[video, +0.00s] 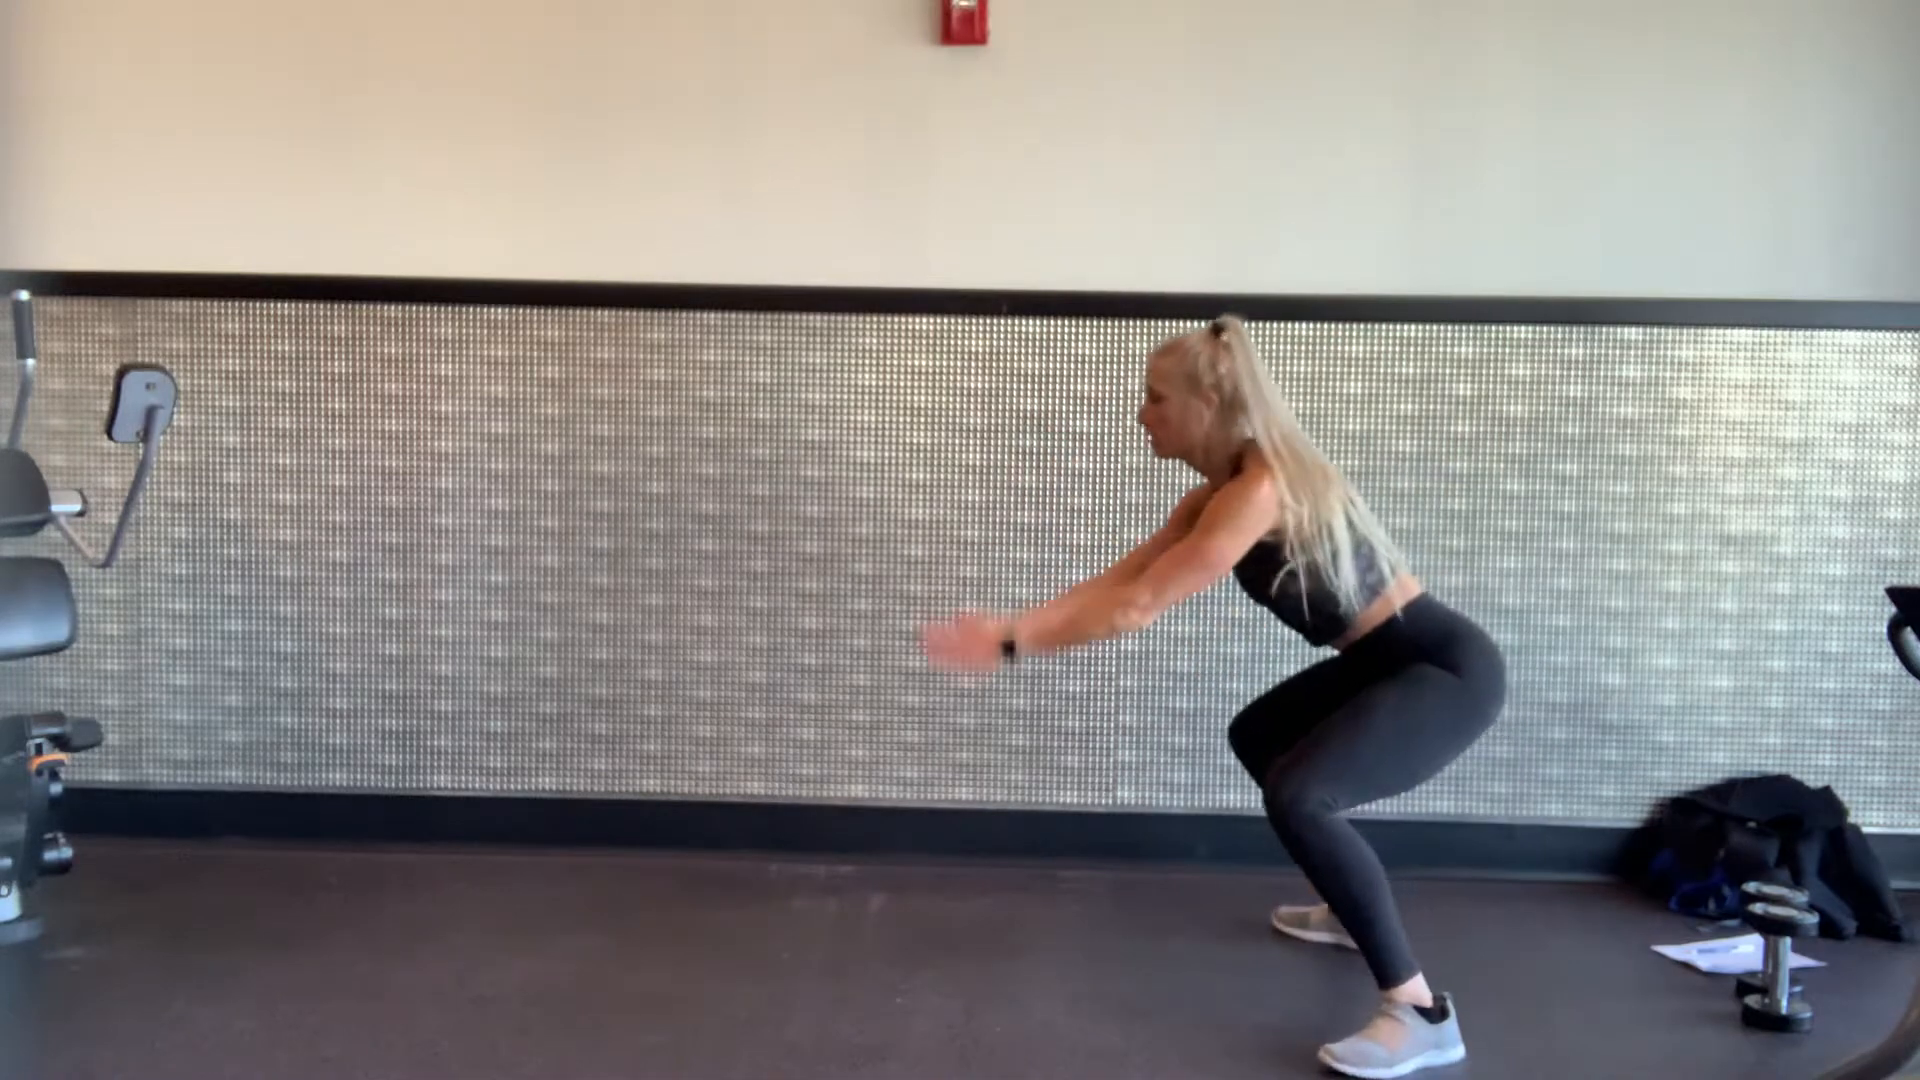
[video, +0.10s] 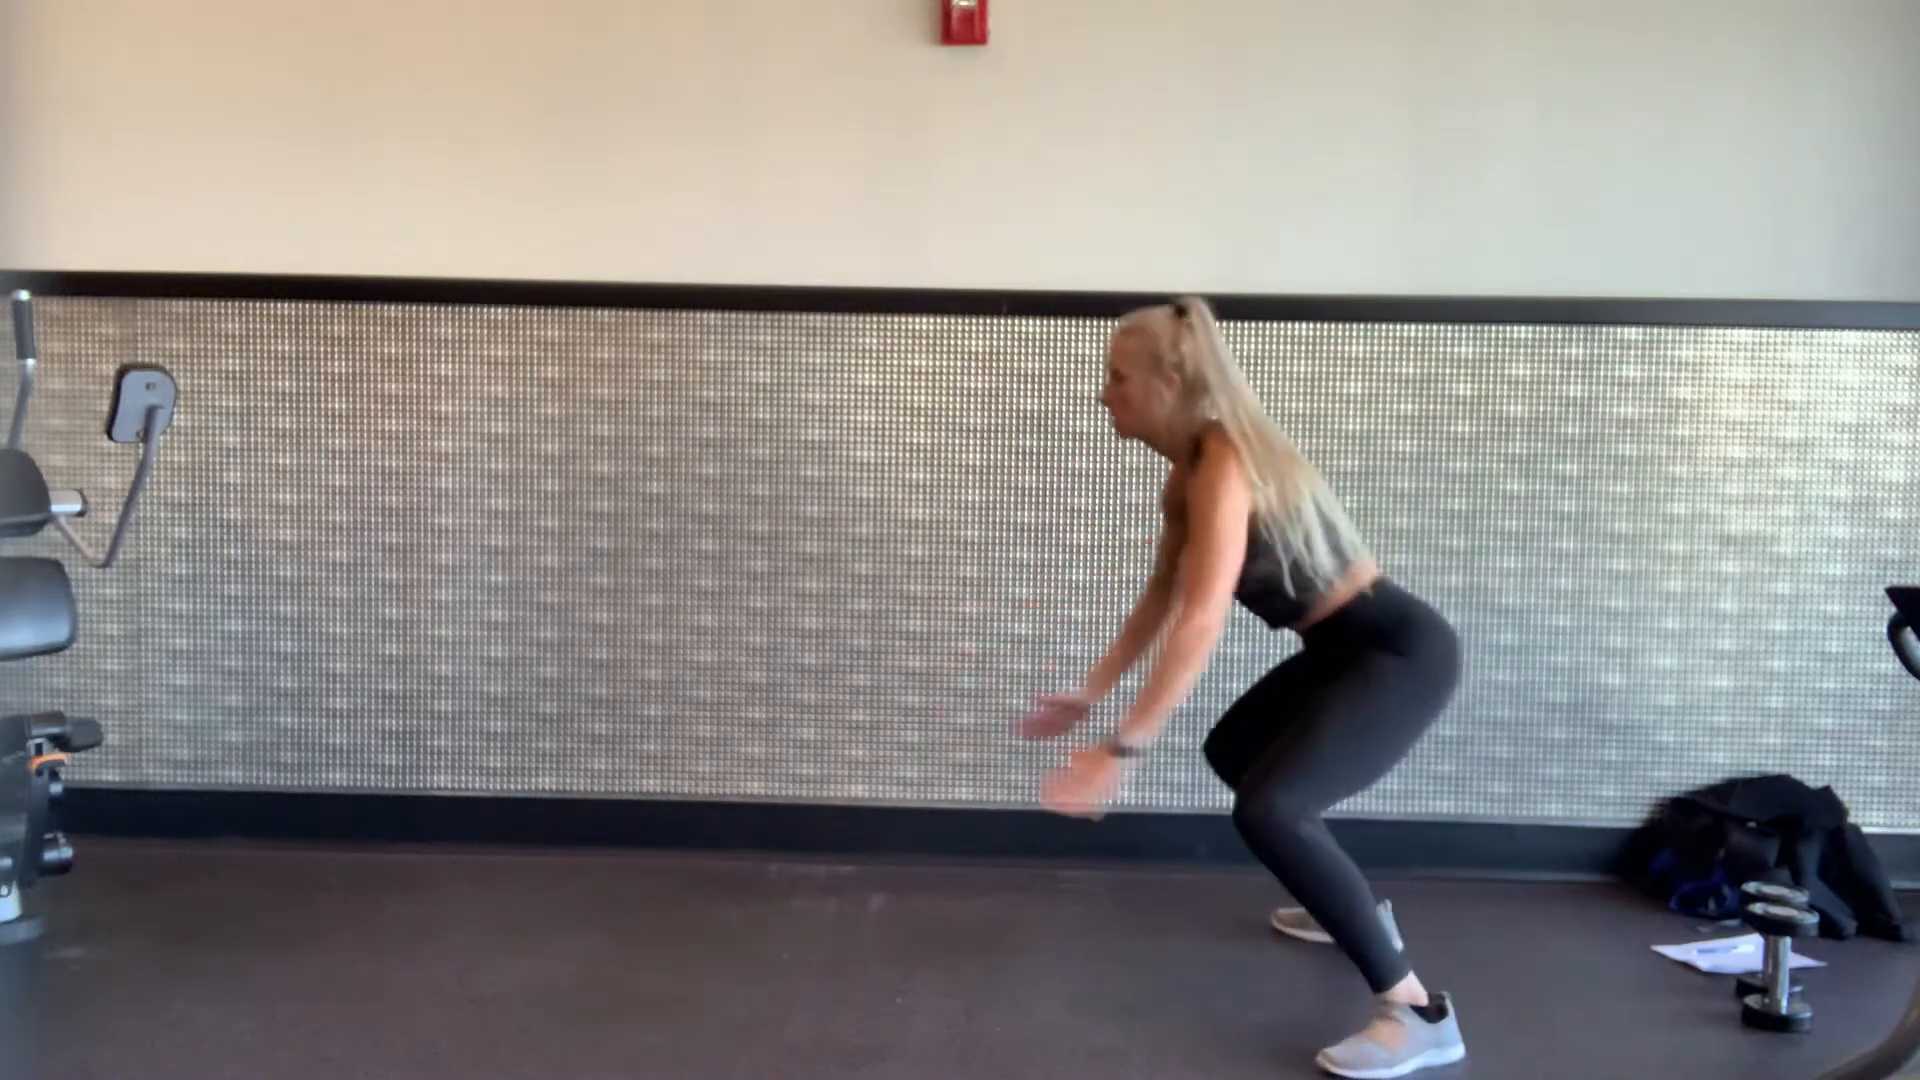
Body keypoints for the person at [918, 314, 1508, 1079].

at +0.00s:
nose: (1143, 418)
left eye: (1154, 400)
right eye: (1144, 401)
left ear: (1208, 404)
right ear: (1207, 408)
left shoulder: (1259, 488)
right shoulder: (1215, 492)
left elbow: (1141, 603)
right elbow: (1120, 583)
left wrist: (1014, 641)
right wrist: (1012, 631)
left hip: (1446, 669)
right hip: (1390, 662)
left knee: (1299, 794)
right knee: (1255, 734)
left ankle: (1419, 1010)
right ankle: (1357, 907)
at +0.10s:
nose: (1104, 397)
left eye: (1115, 380)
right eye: (1106, 380)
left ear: (1166, 383)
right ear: (1165, 384)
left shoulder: (1221, 465)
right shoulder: (1188, 471)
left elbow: (1204, 614)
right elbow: (1161, 596)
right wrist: (1086, 693)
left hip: (1400, 651)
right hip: (1347, 649)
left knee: (1269, 811)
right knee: (1232, 747)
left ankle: (1414, 1008)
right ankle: (1350, 906)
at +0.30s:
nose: (1020, 221)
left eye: (1032, 204)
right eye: (1020, 204)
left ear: (1080, 203)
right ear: (1080, 207)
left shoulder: (1123, 278)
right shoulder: (1103, 284)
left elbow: (1263, 294)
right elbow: (1237, 322)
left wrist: (1331, 417)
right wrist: (1283, 424)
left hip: (1199, 538)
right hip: (1173, 539)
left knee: (1203, 772)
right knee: (1192, 747)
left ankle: (1376, 964)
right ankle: (1323, 866)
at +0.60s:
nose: (802, 211)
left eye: (811, 197)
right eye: (805, 195)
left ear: (851, 200)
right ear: (871, 194)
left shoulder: (894, 287)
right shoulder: (917, 273)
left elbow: (865, 442)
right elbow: (881, 429)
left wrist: (760, 472)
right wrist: (783, 465)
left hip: (1017, 519)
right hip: (1017, 511)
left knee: (905, 712)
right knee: (908, 698)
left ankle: (825, 945)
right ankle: (848, 850)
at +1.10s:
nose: (575, 439)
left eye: (589, 430)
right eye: (581, 427)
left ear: (628, 452)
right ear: (645, 452)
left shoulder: (668, 529)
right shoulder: (689, 514)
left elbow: (547, 650)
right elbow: (570, 616)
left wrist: (500, 549)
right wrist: (529, 535)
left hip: (839, 715)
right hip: (826, 692)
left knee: (639, 768)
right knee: (675, 710)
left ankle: (743, 977)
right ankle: (776, 877)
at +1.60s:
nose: (626, 197)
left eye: (639, 184)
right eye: (633, 181)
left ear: (671, 201)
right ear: (719, 201)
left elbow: (587, 440)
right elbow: (851, 406)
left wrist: (531, 362)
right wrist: (840, 500)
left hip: (774, 557)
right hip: (787, 545)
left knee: (636, 760)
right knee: (634, 646)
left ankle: (744, 978)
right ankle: (740, 805)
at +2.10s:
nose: (782, 118)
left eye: (799, 105)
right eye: (790, 103)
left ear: (841, 124)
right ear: (849, 127)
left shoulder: (864, 220)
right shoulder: (832, 220)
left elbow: (927, 345)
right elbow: (770, 346)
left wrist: (886, 477)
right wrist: (719, 259)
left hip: (821, 469)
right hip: (816, 467)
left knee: (610, 484)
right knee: (775, 695)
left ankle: (696, 696)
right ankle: (798, 911)